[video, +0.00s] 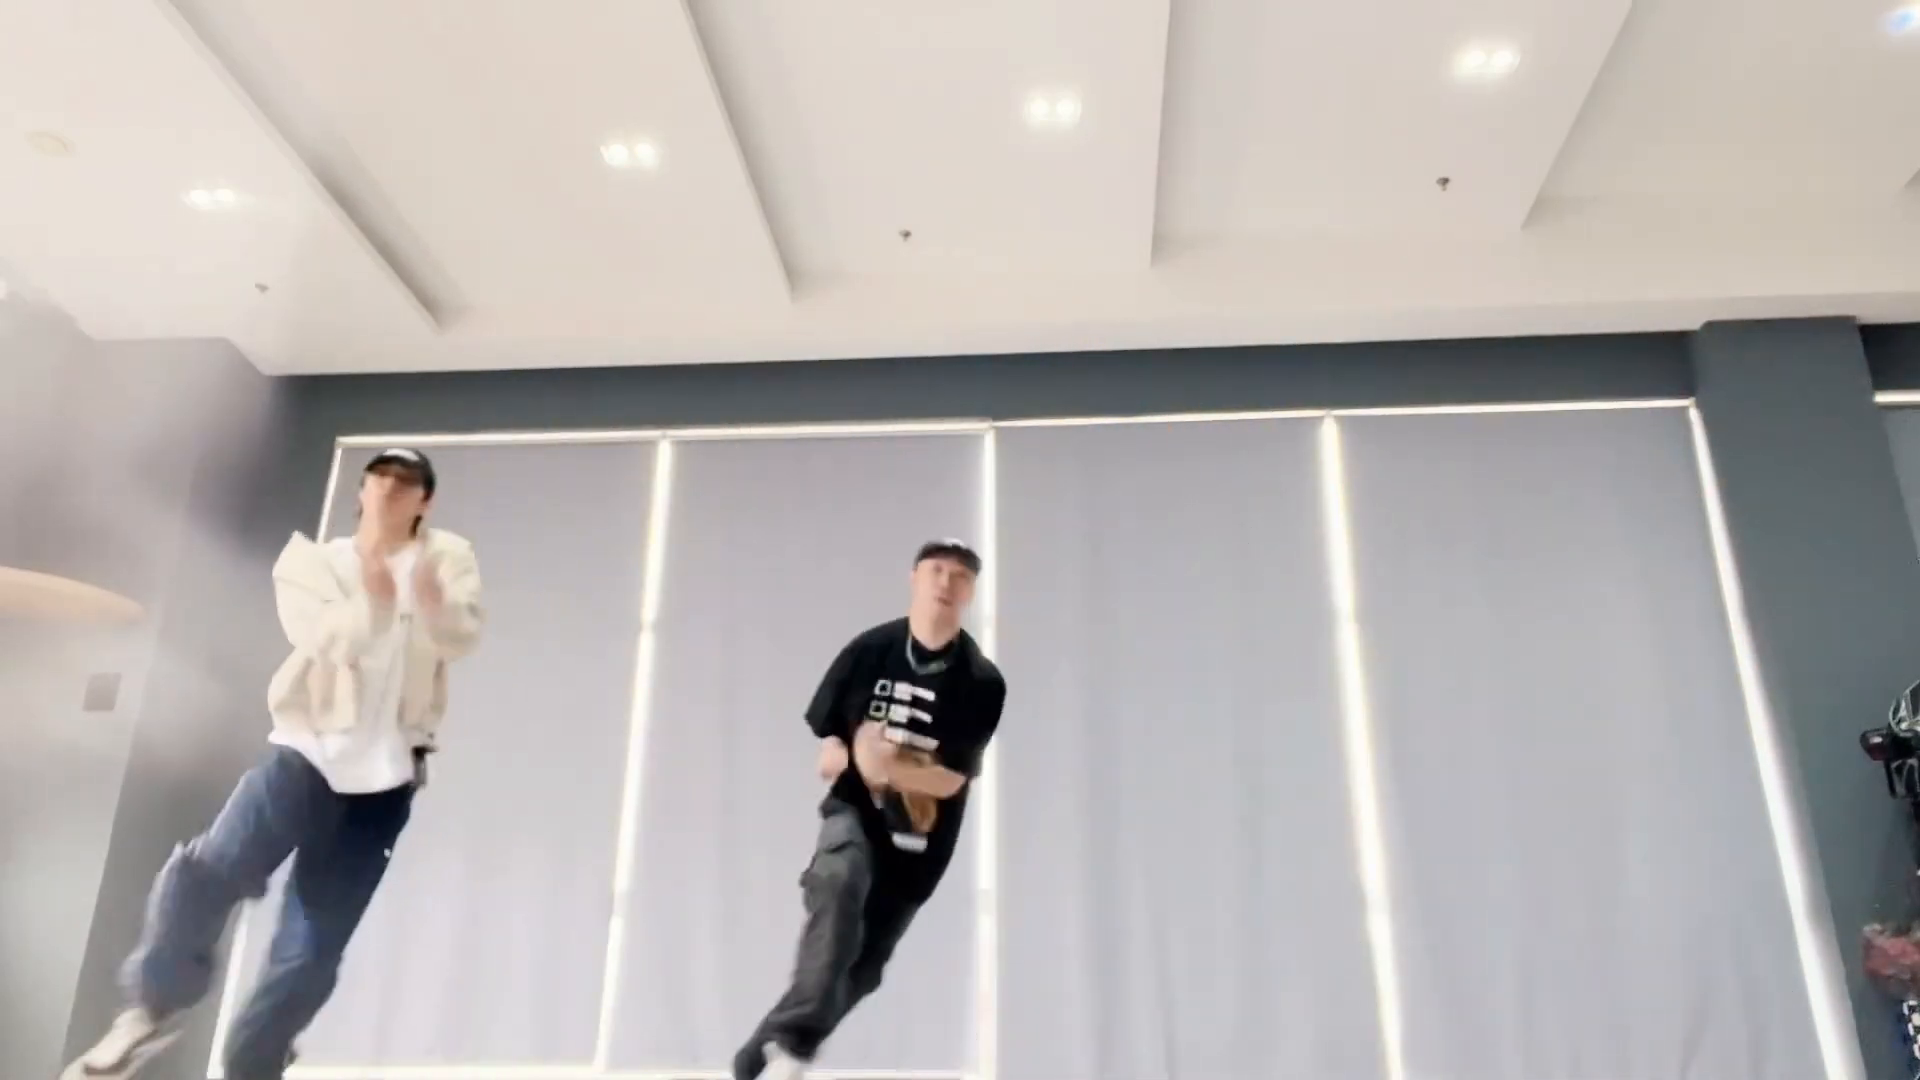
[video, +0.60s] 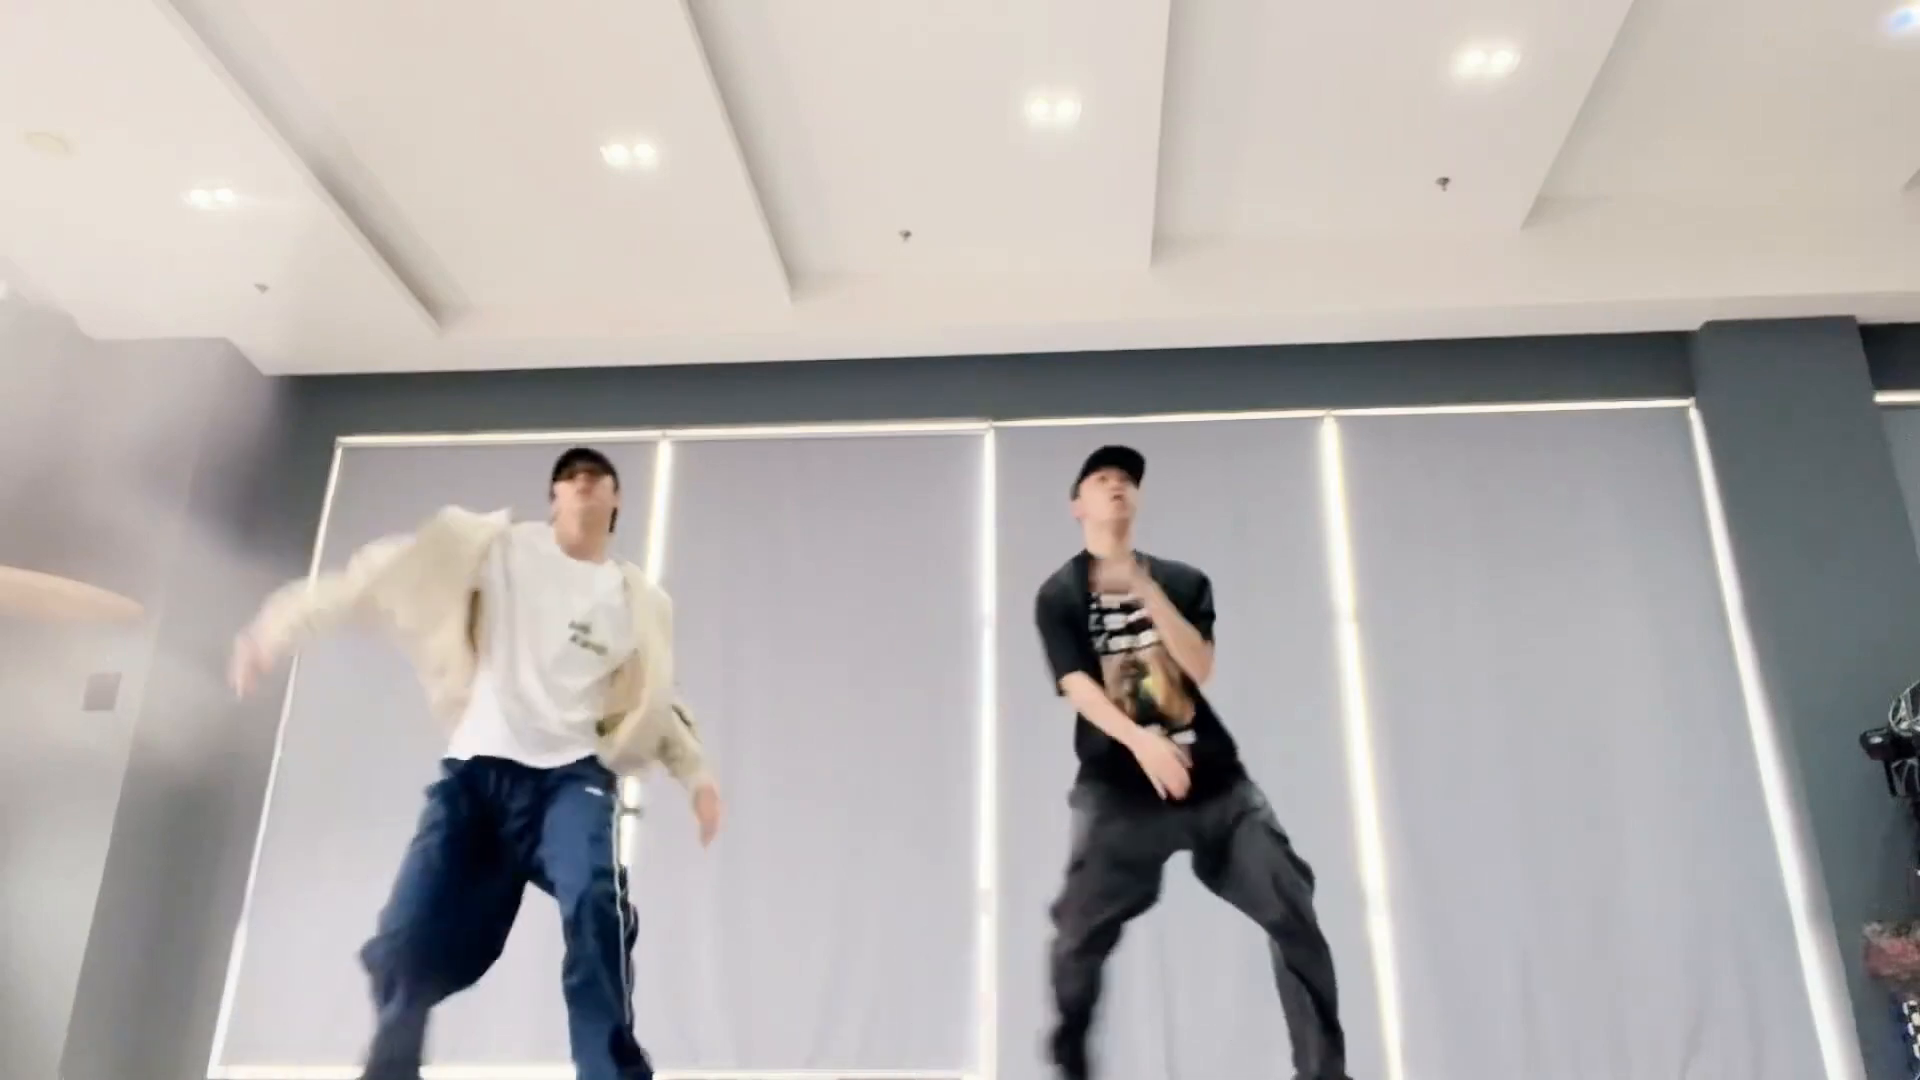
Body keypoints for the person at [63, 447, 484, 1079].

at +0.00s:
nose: (389, 491)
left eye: (405, 485)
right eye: (381, 480)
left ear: (425, 504)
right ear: (362, 492)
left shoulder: (448, 556)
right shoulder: (310, 560)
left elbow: (464, 639)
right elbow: (323, 641)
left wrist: (430, 601)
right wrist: (375, 601)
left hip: (387, 774)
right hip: (306, 752)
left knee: (310, 956)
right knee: (214, 866)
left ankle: (249, 1070)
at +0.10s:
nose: (374, 505)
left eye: (389, 498)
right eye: (365, 493)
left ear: (407, 518)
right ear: (344, 504)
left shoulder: (427, 576)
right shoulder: (292, 568)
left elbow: (431, 677)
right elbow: (310, 650)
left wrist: (439, 766)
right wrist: (358, 734)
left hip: (369, 795)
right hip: (276, 780)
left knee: (373, 901)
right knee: (183, 933)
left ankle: (308, 991)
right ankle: (55, 1060)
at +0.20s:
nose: (375, 521)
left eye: (390, 515)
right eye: (367, 509)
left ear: (409, 537)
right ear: (345, 525)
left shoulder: (434, 616)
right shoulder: (287, 597)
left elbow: (447, 727)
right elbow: (259, 705)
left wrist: (444, 819)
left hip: (357, 810)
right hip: (260, 806)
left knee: (412, 848)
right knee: (147, 950)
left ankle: (380, 986)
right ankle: (80, 1073)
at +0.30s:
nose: (454, 511)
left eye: (469, 504)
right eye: (444, 498)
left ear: (481, 527)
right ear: (418, 512)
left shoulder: (493, 607)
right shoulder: (328, 575)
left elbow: (489, 702)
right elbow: (235, 655)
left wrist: (474, 764)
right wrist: (149, 714)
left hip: (396, 805)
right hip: (288, 805)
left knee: (473, 884)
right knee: (182, 942)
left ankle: (509, 1052)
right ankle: (88, 1070)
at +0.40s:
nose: (520, 506)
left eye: (534, 499)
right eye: (509, 495)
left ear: (551, 520)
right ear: (484, 506)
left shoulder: (555, 594)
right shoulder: (414, 539)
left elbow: (556, 682)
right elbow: (299, 544)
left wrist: (558, 738)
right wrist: (192, 546)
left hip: (476, 802)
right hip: (373, 796)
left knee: (528, 917)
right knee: (260, 928)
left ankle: (615, 1069)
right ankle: (126, 1058)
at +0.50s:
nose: (555, 497)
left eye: (569, 490)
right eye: (544, 488)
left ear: (588, 514)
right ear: (522, 506)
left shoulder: (602, 595)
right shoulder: (466, 534)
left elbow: (616, 688)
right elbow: (356, 505)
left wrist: (654, 738)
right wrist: (247, 493)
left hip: (537, 793)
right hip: (444, 782)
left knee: (583, 899)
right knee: (358, 938)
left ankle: (628, 1072)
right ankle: (263, 1052)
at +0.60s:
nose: (583, 486)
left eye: (597, 480)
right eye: (571, 479)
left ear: (615, 507)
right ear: (552, 500)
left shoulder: (636, 597)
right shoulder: (495, 546)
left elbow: (656, 702)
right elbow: (373, 577)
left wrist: (698, 775)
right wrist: (277, 626)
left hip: (574, 779)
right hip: (478, 773)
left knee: (596, 898)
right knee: (406, 945)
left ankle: (613, 1070)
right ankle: (390, 1070)